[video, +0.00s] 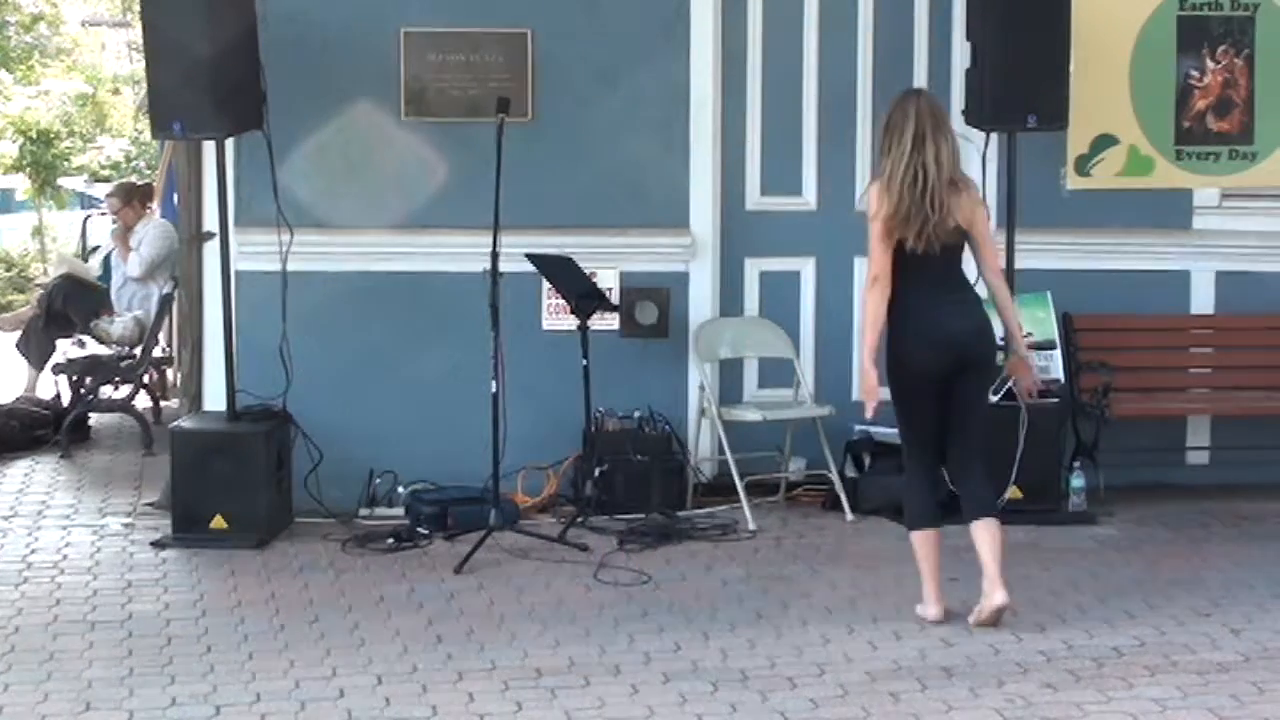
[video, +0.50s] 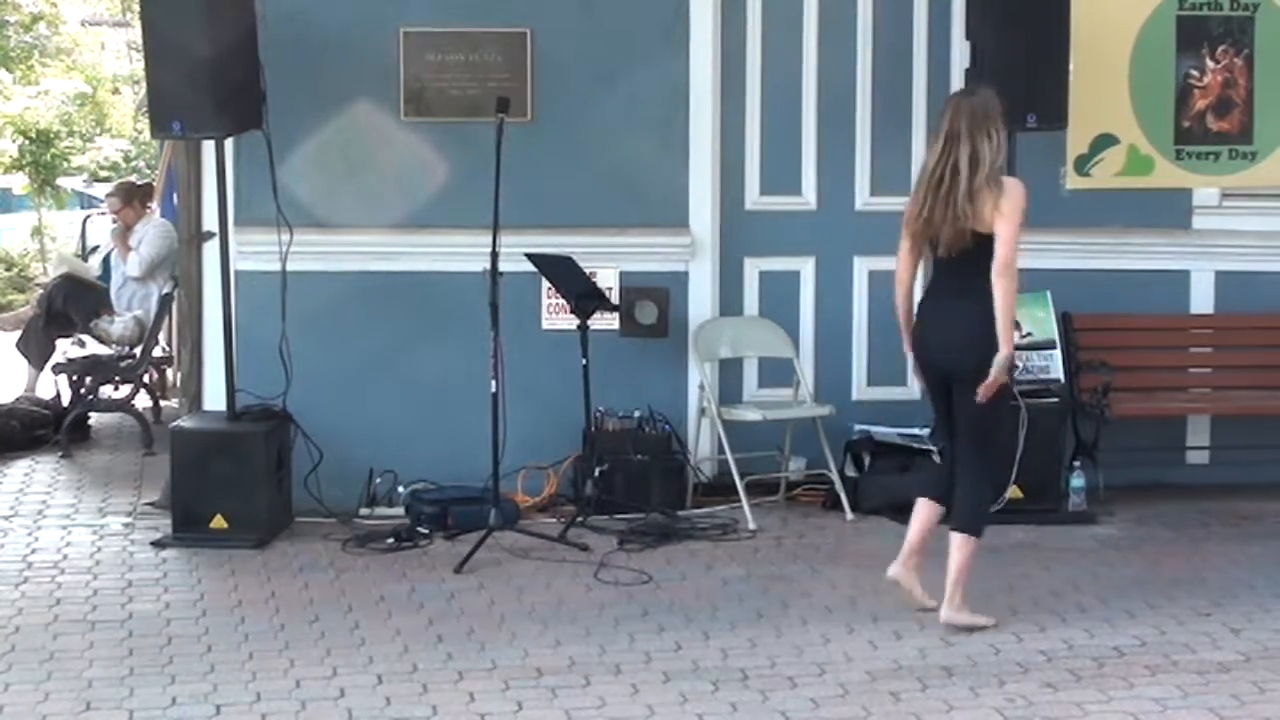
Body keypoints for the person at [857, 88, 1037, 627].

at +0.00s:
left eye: (890, 131)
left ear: (893, 135)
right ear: (944, 135)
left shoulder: (884, 193)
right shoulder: (965, 194)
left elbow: (879, 281)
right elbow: (993, 275)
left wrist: (868, 360)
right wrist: (1018, 346)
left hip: (914, 339)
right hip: (970, 334)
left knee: (919, 461)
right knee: (971, 458)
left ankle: (932, 599)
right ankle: (995, 585)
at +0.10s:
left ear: (901, 137)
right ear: (954, 136)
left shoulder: (888, 197)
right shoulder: (980, 193)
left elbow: (878, 281)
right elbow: (1015, 267)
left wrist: (860, 354)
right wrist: (1051, 341)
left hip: (920, 342)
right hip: (978, 337)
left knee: (925, 465)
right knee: (969, 460)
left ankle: (935, 601)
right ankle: (985, 568)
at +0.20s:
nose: (971, 138)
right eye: (969, 129)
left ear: (911, 137)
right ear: (965, 137)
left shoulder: (896, 198)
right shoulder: (991, 191)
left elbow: (881, 280)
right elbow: (1020, 265)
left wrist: (861, 353)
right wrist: (1053, 337)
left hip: (920, 341)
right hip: (980, 338)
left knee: (924, 462)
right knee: (981, 452)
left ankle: (934, 601)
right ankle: (981, 571)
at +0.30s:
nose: (980, 138)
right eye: (978, 128)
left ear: (924, 135)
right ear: (977, 136)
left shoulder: (903, 194)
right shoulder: (999, 191)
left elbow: (889, 279)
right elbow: (1020, 266)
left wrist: (872, 346)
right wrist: (1046, 337)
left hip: (921, 337)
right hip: (984, 336)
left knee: (924, 455)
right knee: (991, 453)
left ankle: (936, 591)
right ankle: (966, 577)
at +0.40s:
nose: (996, 141)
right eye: (992, 133)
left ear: (934, 136)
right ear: (986, 138)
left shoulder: (909, 196)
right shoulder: (1003, 192)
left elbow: (893, 286)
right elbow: (1016, 269)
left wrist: (885, 352)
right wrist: (1027, 345)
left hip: (929, 338)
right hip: (987, 338)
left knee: (934, 446)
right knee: (987, 460)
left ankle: (928, 562)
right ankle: (960, 593)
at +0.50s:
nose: (1006, 136)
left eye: (1002, 127)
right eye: (1003, 128)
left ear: (948, 133)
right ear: (994, 134)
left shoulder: (929, 189)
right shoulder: (1007, 191)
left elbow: (905, 274)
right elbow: (1002, 268)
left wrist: (910, 339)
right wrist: (1006, 347)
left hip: (930, 329)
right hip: (976, 330)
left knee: (949, 449)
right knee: (981, 456)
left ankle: (906, 560)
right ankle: (954, 601)